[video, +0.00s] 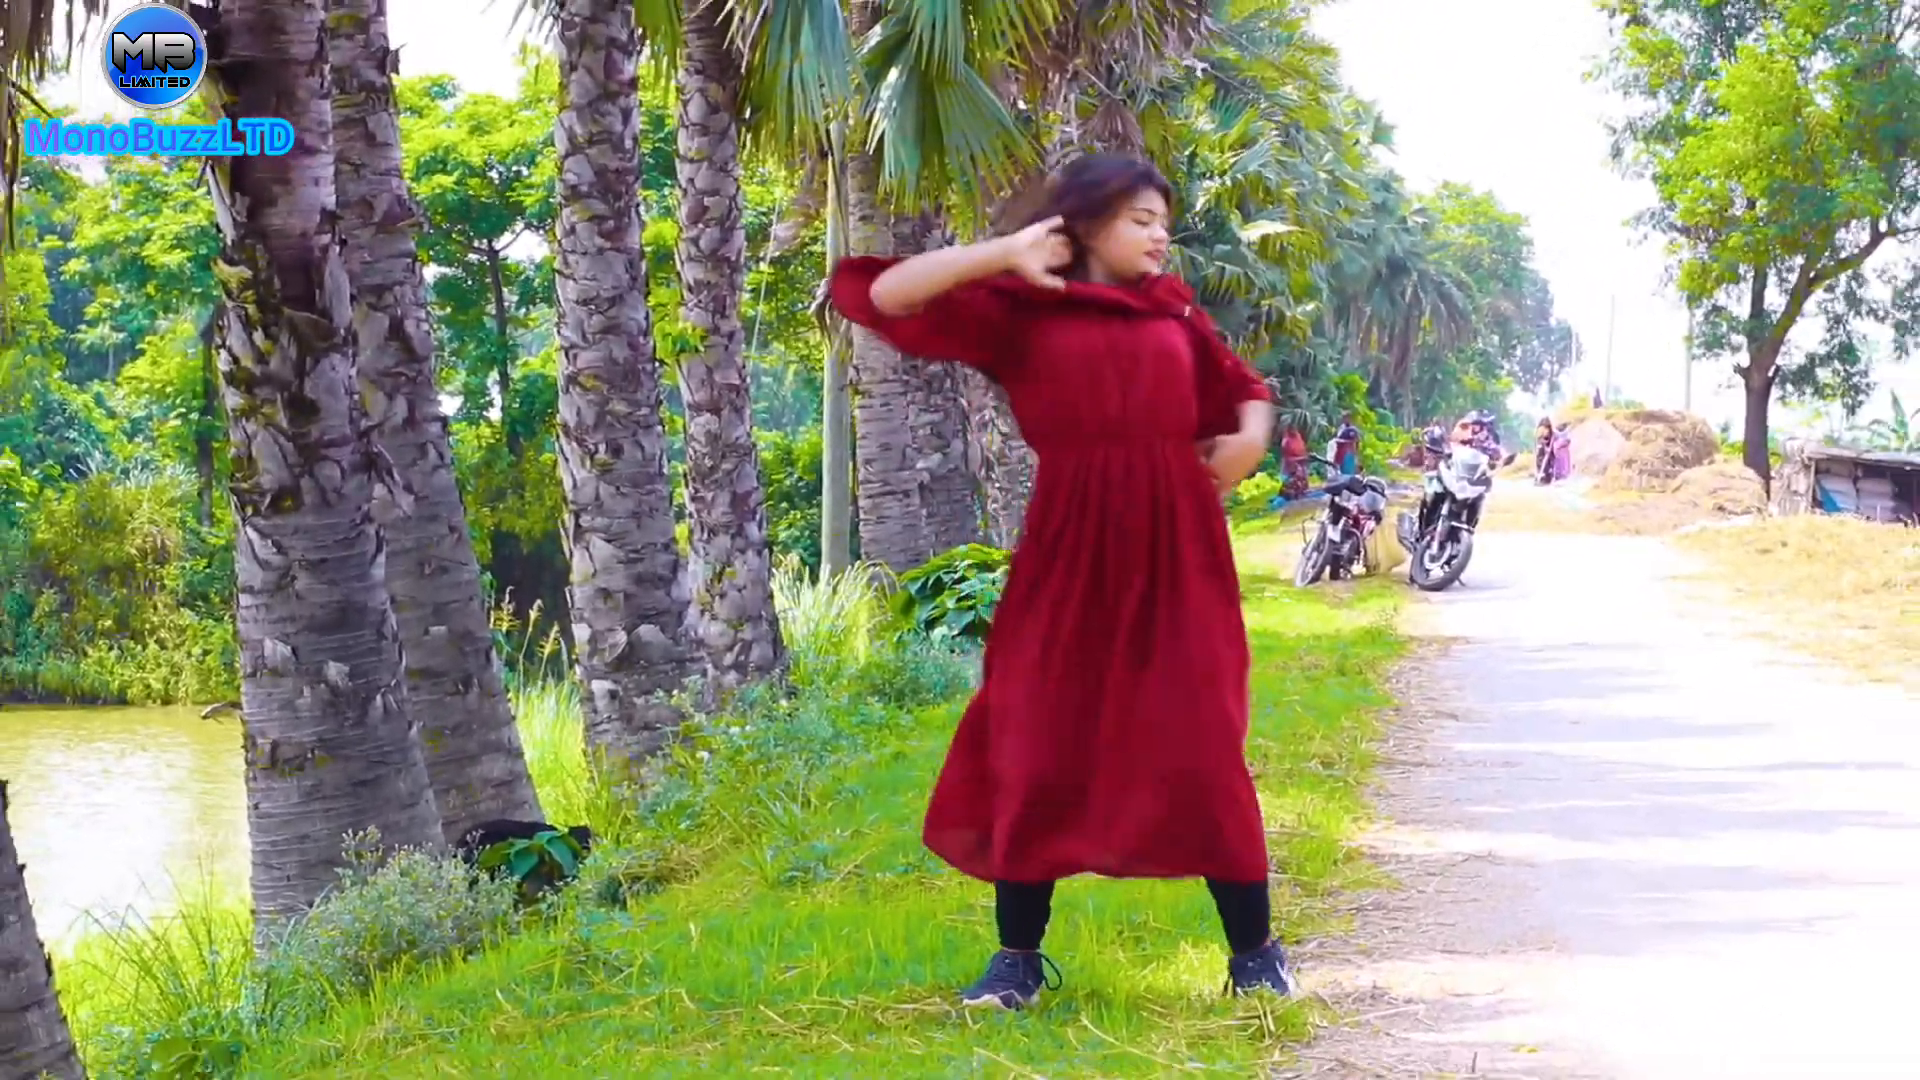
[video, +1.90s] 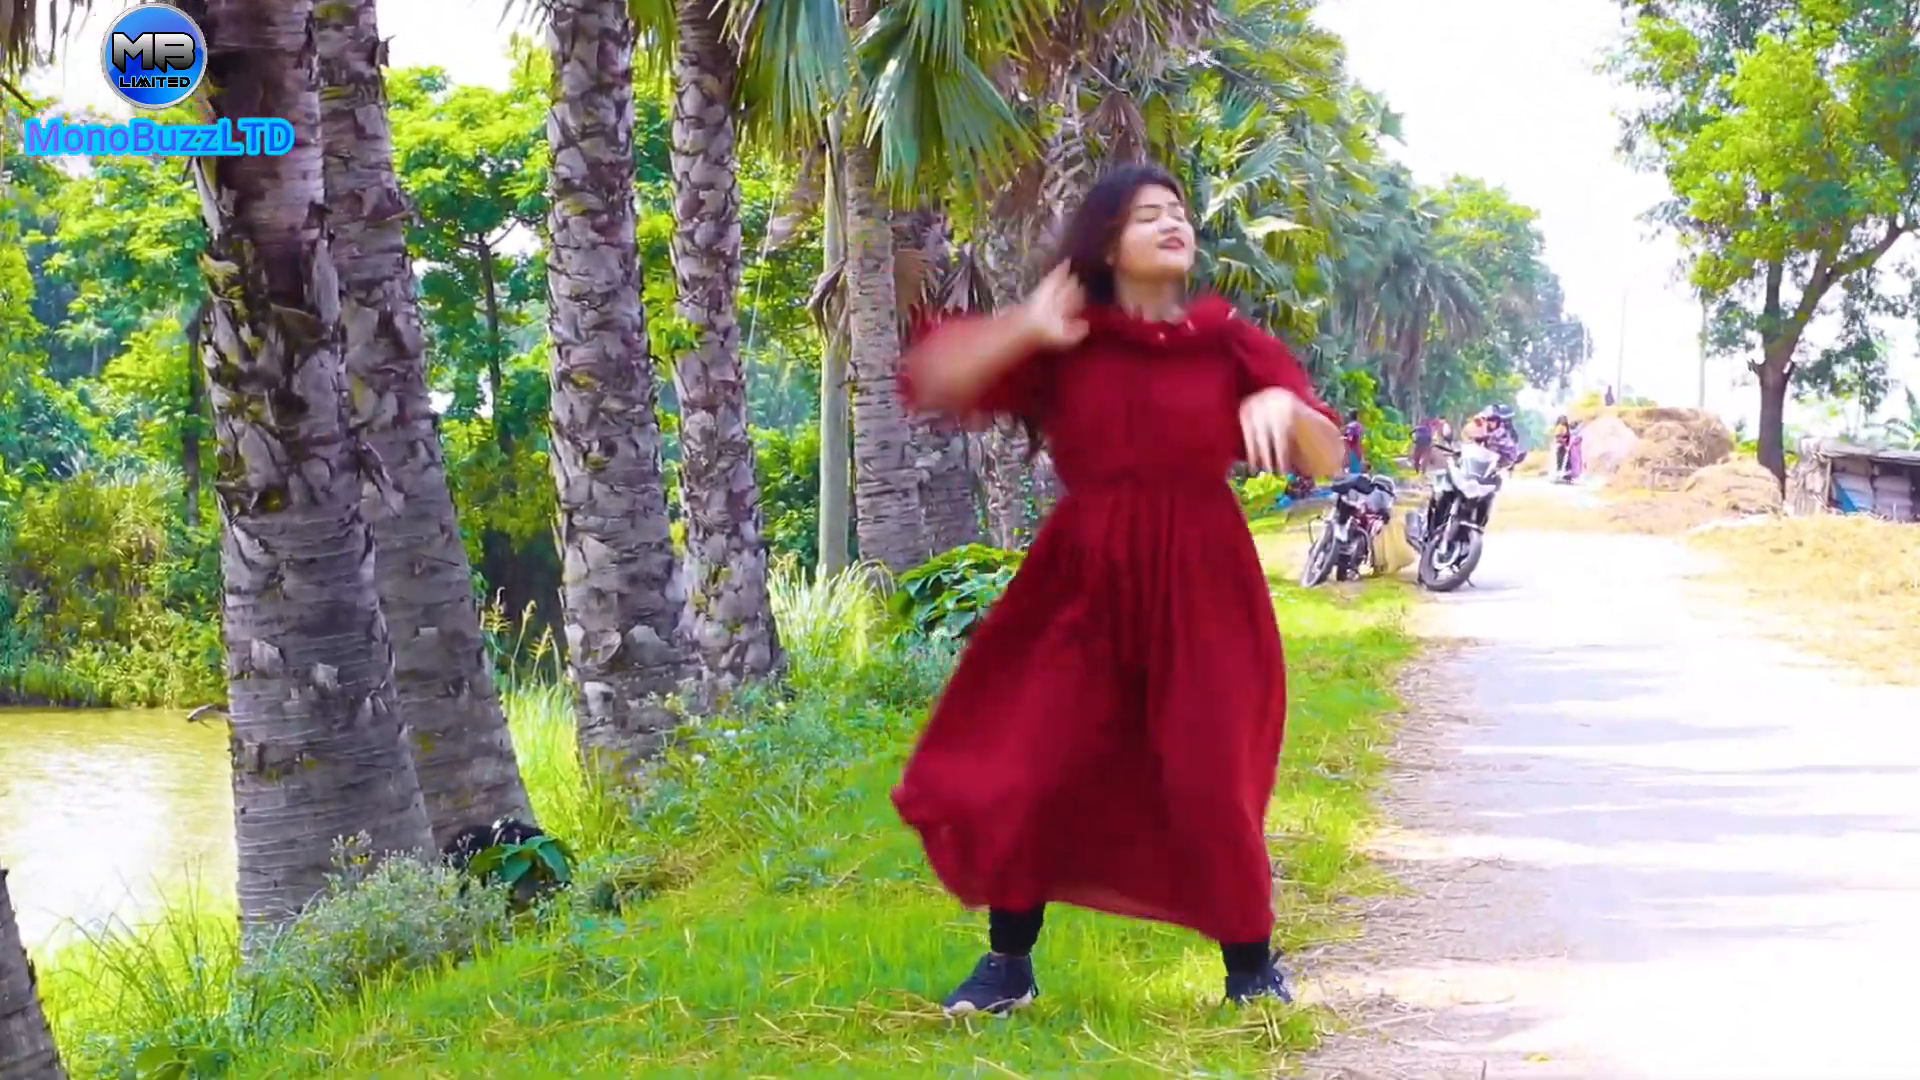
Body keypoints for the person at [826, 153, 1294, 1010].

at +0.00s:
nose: (1161, 237)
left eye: (1165, 224)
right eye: (1142, 220)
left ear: (1164, 234)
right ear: (1080, 229)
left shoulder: (1177, 316)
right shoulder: (1022, 313)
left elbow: (1248, 388)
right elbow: (882, 295)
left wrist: (1249, 439)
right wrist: (1001, 251)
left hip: (1180, 551)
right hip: (1069, 553)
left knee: (1210, 751)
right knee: (1033, 750)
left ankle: (1255, 957)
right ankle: (1017, 960)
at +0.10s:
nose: (1159, 262)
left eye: (1166, 251)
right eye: (1139, 250)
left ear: (1175, 268)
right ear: (1092, 266)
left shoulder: (1191, 348)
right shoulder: (1045, 354)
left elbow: (1300, 425)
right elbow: (919, 373)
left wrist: (1244, 479)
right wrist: (1006, 324)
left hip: (1183, 580)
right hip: (1077, 582)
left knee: (1201, 758)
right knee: (1032, 750)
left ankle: (1234, 944)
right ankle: (1016, 939)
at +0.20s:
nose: (1143, 239)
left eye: (1163, 228)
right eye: (1128, 232)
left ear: (1201, 253)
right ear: (1109, 261)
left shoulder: (1236, 337)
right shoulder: (1084, 359)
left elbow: (1335, 406)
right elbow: (992, 480)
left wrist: (1213, 442)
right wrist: (1051, 416)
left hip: (1208, 564)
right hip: (1103, 562)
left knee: (1221, 759)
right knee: (1052, 753)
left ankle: (1251, 966)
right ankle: (1022, 958)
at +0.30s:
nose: (1143, 217)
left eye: (1162, 202)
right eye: (1141, 204)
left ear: (1214, 215)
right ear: (1141, 226)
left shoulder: (1264, 298)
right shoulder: (1125, 329)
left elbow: (1306, 352)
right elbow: (1075, 441)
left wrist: (1213, 318)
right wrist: (1057, 514)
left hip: (1232, 560)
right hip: (1128, 553)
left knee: (1234, 753)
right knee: (1041, 737)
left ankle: (1256, 971)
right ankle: (1033, 948)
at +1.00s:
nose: (1094, 237)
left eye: (1113, 223)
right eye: (1085, 223)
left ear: (1159, 237)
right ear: (1075, 239)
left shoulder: (1195, 342)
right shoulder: (1054, 335)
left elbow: (1318, 400)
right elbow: (980, 427)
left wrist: (1231, 319)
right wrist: (986, 469)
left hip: (1156, 567)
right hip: (1048, 563)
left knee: (1184, 763)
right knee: (1006, 760)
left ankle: (1247, 963)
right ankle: (1003, 955)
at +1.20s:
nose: (1137, 230)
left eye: (1139, 218)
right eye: (1119, 214)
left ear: (1138, 236)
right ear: (1062, 223)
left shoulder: (1152, 330)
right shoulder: (995, 305)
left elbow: (1209, 453)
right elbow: (952, 371)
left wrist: (1193, 471)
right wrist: (1049, 294)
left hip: (1126, 549)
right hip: (1014, 550)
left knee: (1169, 735)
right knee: (994, 736)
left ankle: (1219, 944)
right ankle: (1001, 954)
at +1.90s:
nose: (1175, 224)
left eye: (1180, 212)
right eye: (1151, 215)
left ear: (1192, 236)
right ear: (1103, 240)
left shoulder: (1225, 338)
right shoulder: (1060, 343)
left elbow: (1327, 456)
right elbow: (929, 377)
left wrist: (1283, 406)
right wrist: (1028, 325)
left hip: (1203, 580)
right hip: (1086, 580)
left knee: (1213, 777)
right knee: (1029, 767)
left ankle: (1252, 973)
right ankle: (1007, 966)